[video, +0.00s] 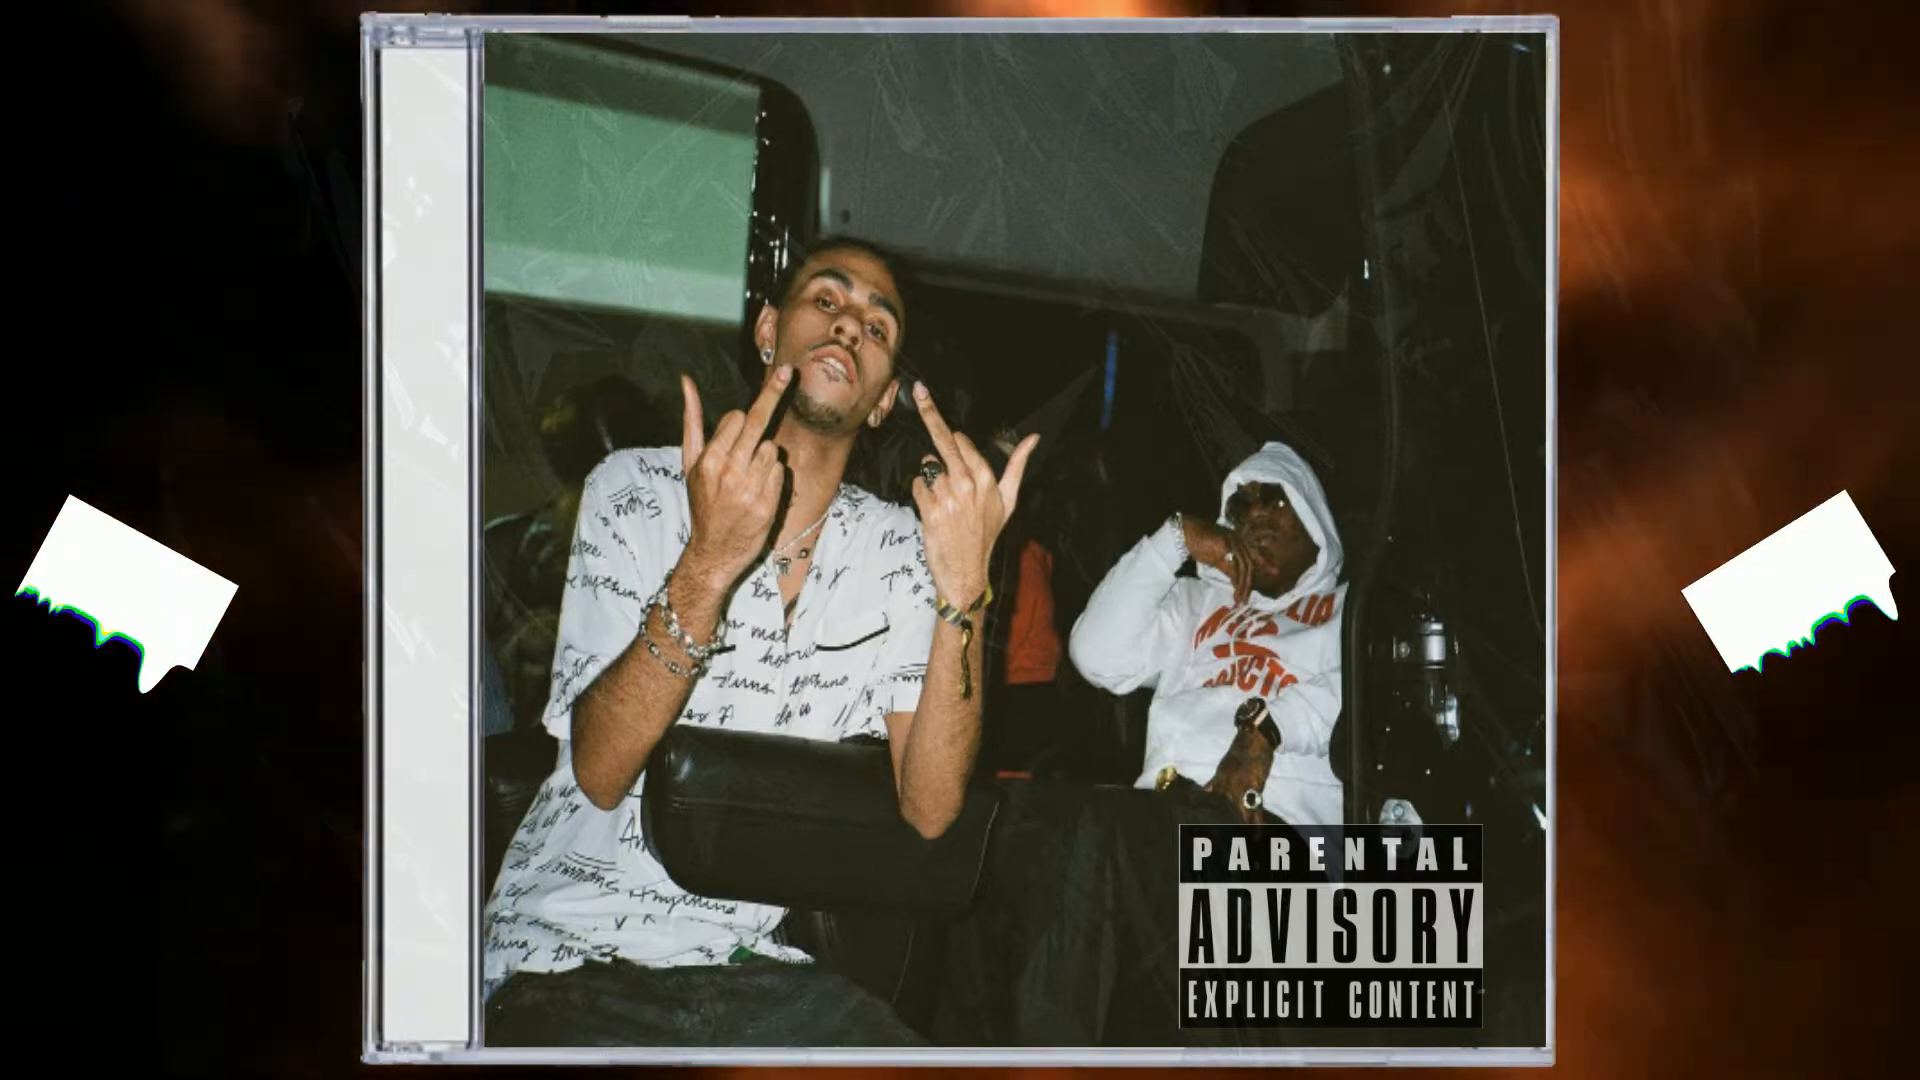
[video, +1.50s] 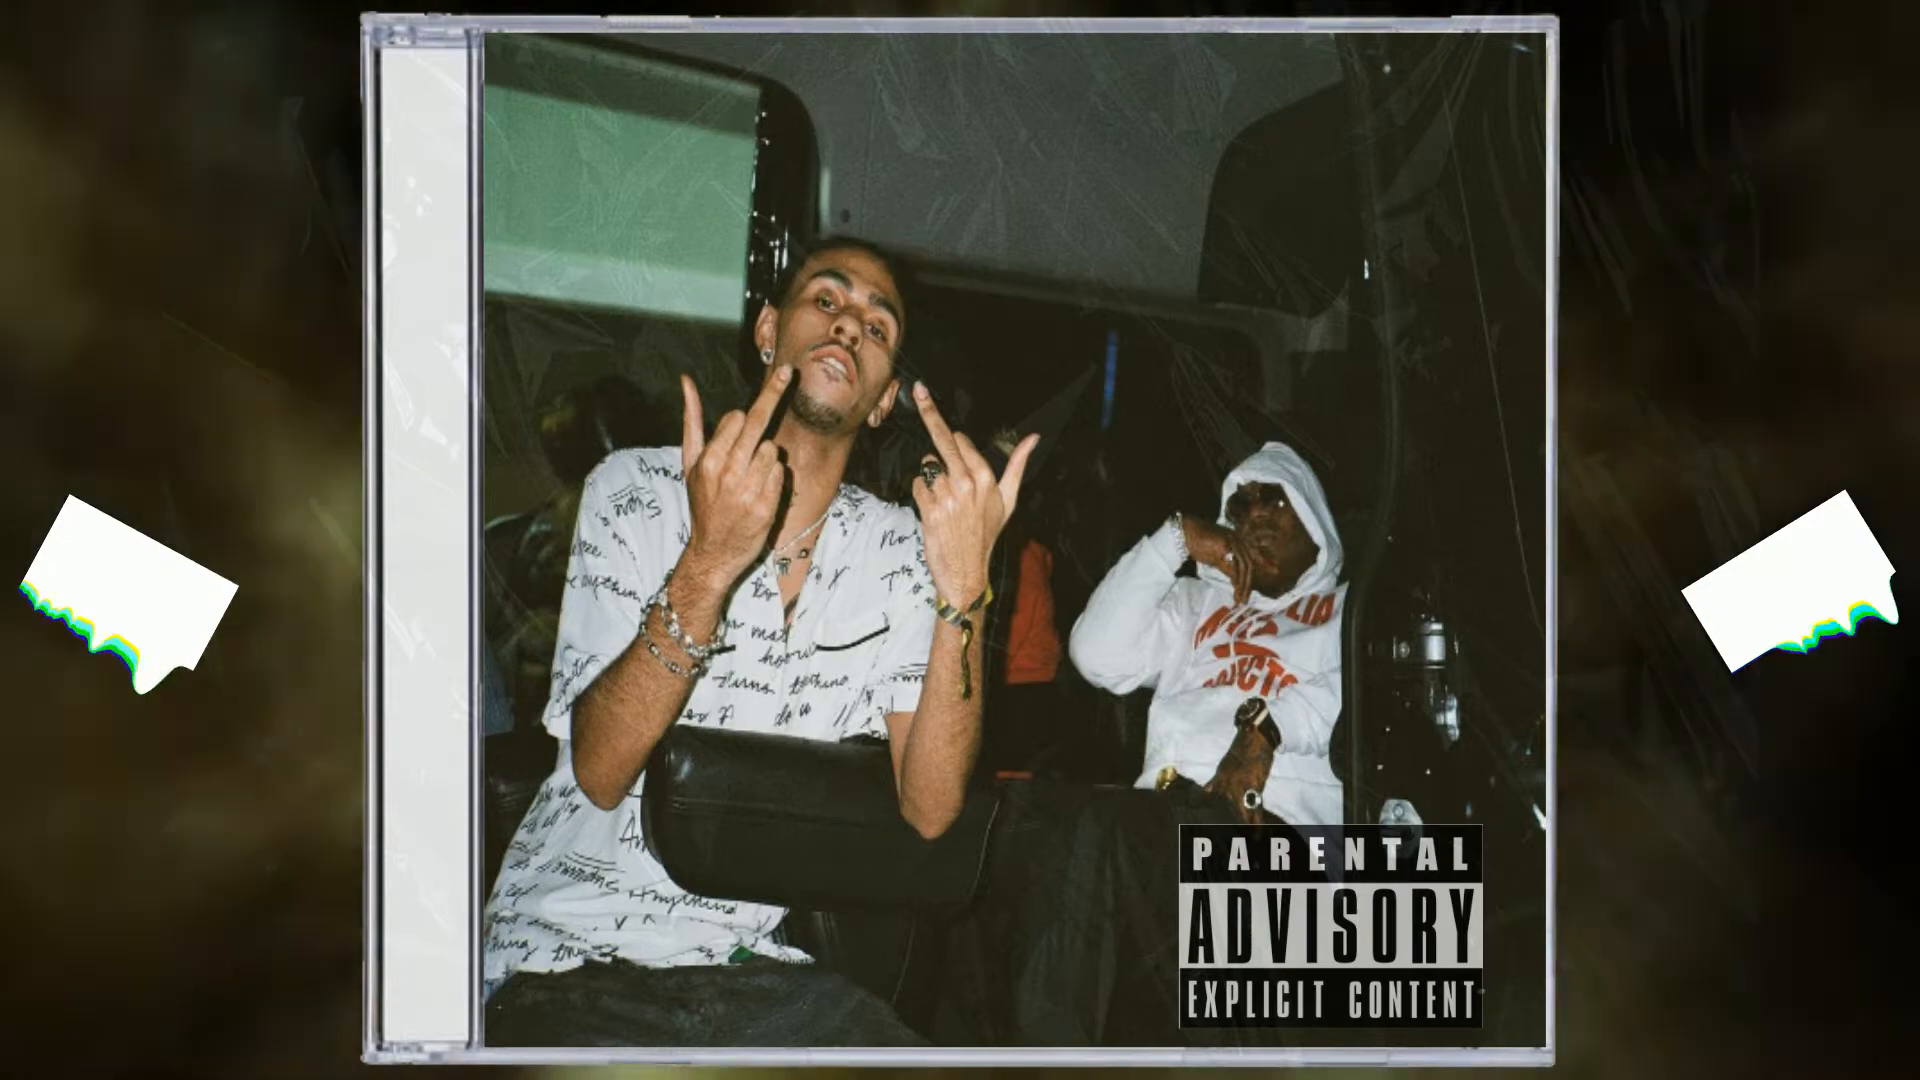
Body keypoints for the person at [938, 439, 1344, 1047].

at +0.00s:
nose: (1259, 519)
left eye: (1279, 502)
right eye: (1246, 503)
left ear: (1318, 522)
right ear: (1228, 523)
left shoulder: (1351, 606)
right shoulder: (1198, 599)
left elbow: (1348, 705)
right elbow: (1099, 658)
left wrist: (1272, 727)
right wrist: (1176, 539)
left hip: (1285, 817)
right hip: (1165, 807)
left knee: (1103, 824)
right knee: (1028, 811)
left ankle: (1052, 1054)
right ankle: (967, 1048)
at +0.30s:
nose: (1258, 521)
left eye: (1278, 503)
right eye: (1243, 505)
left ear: (1317, 525)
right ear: (1226, 526)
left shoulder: (1349, 609)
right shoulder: (1195, 602)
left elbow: (1345, 700)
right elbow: (1099, 658)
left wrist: (1264, 727)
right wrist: (1177, 538)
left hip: (1283, 818)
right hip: (1164, 807)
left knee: (1102, 823)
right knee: (1029, 811)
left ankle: (1050, 1052)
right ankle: (970, 1047)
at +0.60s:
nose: (1259, 518)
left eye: (1278, 502)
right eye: (1245, 503)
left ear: (1317, 523)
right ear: (1227, 523)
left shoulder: (1351, 609)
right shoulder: (1196, 601)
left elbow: (1358, 707)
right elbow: (1099, 657)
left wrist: (1266, 722)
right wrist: (1176, 540)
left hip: (1285, 819)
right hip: (1166, 808)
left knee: (1102, 824)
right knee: (1029, 811)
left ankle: (1050, 1053)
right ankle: (968, 1049)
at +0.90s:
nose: (1259, 519)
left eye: (1278, 502)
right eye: (1244, 504)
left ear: (1317, 523)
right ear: (1227, 524)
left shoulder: (1350, 610)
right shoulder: (1196, 601)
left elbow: (1350, 708)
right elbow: (1099, 657)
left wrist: (1261, 724)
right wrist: (1177, 539)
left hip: (1285, 821)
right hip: (1165, 810)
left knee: (1101, 822)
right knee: (1028, 810)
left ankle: (1049, 1051)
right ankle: (969, 1048)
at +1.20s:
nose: (1257, 521)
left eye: (1278, 504)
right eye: (1243, 506)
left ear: (1318, 526)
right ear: (1226, 526)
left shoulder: (1349, 610)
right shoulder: (1195, 602)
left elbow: (1343, 704)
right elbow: (1099, 658)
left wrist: (1263, 727)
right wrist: (1178, 538)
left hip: (1285, 819)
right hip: (1164, 808)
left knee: (1103, 822)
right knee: (1029, 809)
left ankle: (1051, 1050)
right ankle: (971, 1045)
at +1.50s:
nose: (1258, 517)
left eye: (1279, 501)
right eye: (1245, 502)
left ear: (1318, 522)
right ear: (1227, 523)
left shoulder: (1352, 607)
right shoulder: (1197, 601)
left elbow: (1349, 701)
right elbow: (1099, 657)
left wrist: (1268, 725)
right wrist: (1177, 539)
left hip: (1282, 817)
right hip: (1166, 806)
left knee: (1102, 823)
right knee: (1026, 809)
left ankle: (1051, 1053)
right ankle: (970, 1047)